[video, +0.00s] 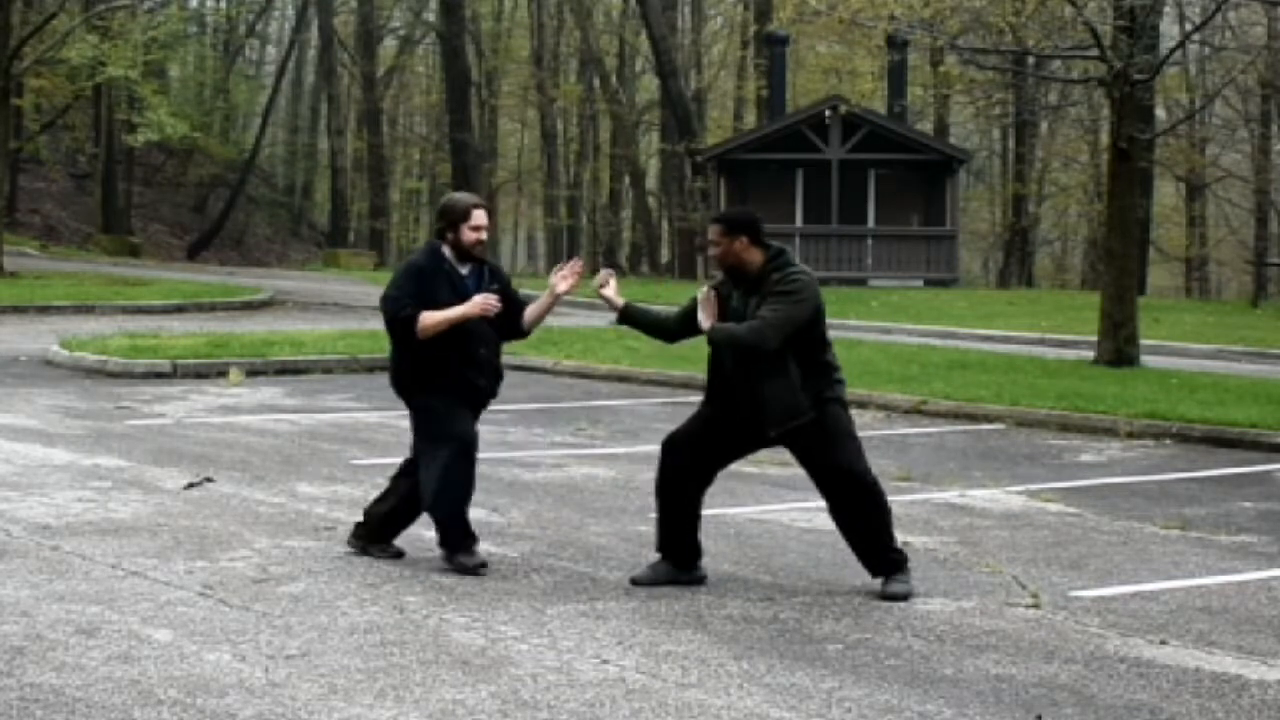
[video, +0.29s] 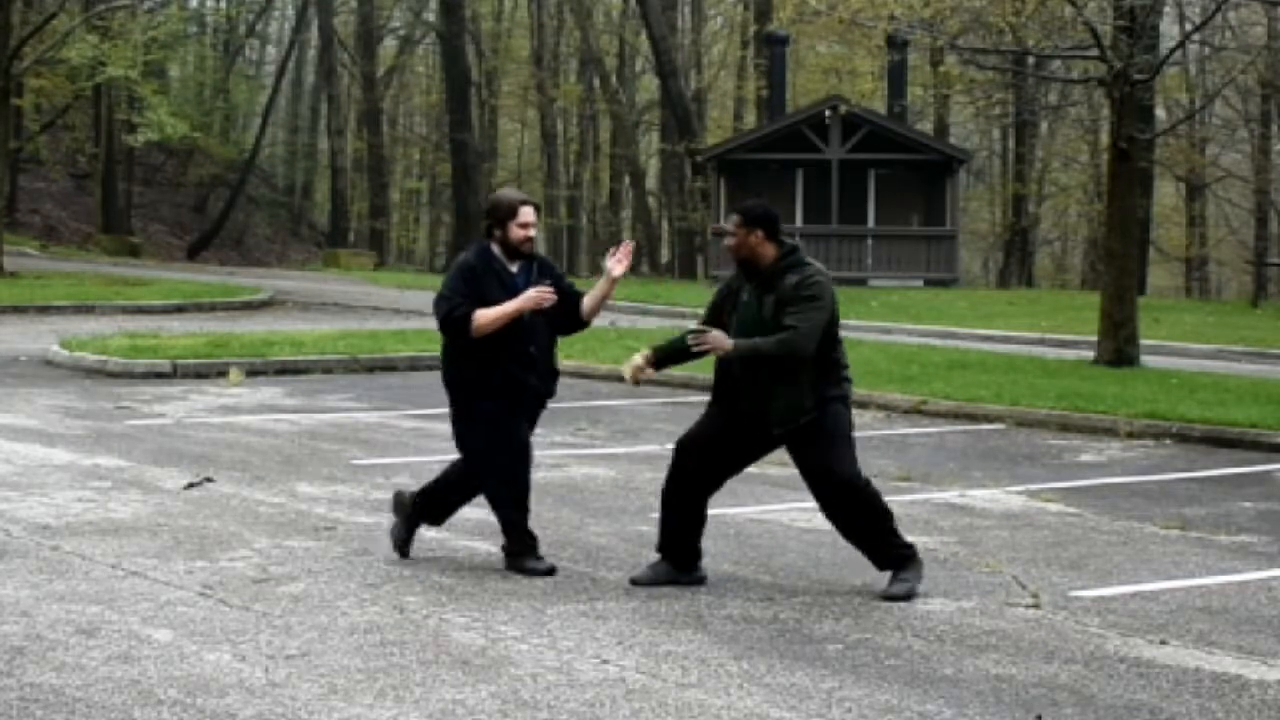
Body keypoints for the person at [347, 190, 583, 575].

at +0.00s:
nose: (483, 236)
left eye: (486, 228)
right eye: (475, 228)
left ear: (487, 230)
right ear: (450, 230)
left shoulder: (488, 274)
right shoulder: (422, 268)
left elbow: (513, 326)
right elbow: (405, 326)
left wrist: (552, 295)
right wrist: (464, 311)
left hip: (470, 388)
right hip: (427, 385)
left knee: (431, 462)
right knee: (457, 450)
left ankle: (372, 533)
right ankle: (458, 546)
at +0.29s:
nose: (531, 233)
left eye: (533, 225)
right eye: (523, 226)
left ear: (536, 227)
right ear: (498, 228)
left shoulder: (538, 269)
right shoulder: (472, 267)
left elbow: (574, 318)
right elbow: (457, 324)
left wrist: (608, 280)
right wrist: (519, 305)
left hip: (526, 390)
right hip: (479, 391)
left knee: (487, 464)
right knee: (509, 466)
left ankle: (415, 508)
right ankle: (520, 550)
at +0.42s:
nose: (554, 235)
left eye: (557, 228)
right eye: (546, 229)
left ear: (558, 229)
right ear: (522, 230)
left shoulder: (561, 273)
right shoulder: (494, 272)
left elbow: (598, 317)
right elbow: (486, 328)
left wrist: (633, 284)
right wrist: (548, 303)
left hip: (548, 394)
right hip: (498, 395)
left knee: (557, 466)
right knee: (518, 465)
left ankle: (481, 510)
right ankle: (520, 549)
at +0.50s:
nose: (571, 233)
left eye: (574, 226)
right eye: (563, 226)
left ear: (575, 227)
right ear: (538, 228)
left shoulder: (578, 271)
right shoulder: (510, 267)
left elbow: (613, 318)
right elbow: (501, 324)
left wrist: (648, 290)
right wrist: (565, 300)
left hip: (563, 392)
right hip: (512, 394)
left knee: (587, 459)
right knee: (524, 468)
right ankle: (520, 549)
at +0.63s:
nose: (596, 227)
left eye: (599, 219)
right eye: (588, 220)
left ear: (600, 221)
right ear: (563, 221)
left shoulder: (605, 268)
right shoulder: (534, 261)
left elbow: (639, 316)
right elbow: (522, 315)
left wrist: (673, 289)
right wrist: (589, 294)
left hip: (590, 390)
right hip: (535, 392)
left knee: (626, 463)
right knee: (536, 470)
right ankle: (521, 550)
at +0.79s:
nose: (631, 222)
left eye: (633, 215)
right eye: (623, 215)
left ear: (633, 218)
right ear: (598, 217)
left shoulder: (638, 260)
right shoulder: (570, 256)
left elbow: (670, 299)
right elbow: (558, 307)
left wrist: (708, 288)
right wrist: (623, 281)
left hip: (632, 391)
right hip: (579, 392)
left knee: (661, 471)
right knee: (560, 473)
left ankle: (683, 551)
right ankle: (523, 548)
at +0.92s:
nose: (655, 222)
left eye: (657, 215)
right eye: (646, 216)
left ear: (658, 217)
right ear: (622, 218)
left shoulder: (664, 260)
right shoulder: (597, 259)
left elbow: (711, 289)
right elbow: (594, 309)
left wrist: (753, 309)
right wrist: (653, 276)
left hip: (662, 391)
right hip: (609, 392)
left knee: (676, 474)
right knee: (580, 469)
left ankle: (685, 554)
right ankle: (534, 545)